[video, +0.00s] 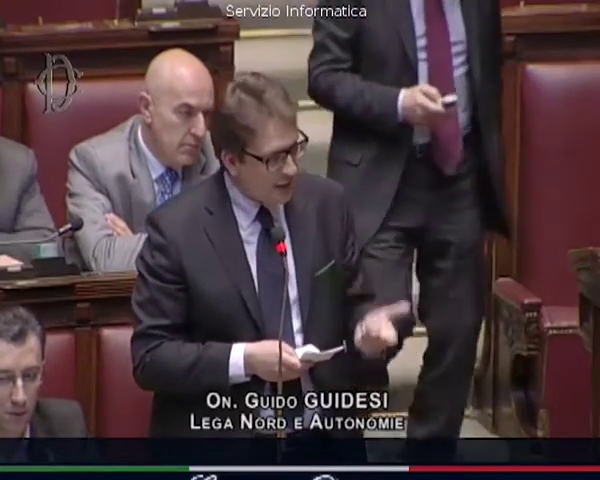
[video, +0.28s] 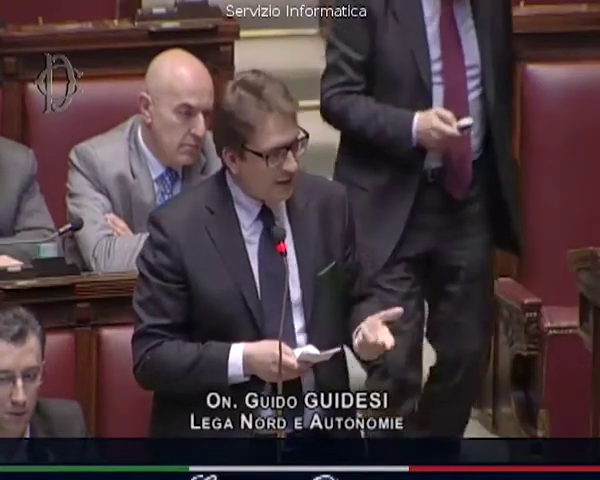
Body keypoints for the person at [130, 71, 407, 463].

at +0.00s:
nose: (291, 168)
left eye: (295, 150)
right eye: (274, 159)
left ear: (301, 136)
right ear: (231, 160)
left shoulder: (328, 201)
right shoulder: (174, 227)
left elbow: (357, 305)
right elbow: (150, 358)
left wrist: (372, 332)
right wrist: (244, 359)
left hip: (323, 437)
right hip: (218, 444)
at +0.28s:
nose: (292, 165)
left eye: (296, 146)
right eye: (275, 155)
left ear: (303, 135)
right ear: (232, 157)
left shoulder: (331, 202)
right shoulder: (176, 226)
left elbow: (363, 295)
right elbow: (151, 358)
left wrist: (369, 330)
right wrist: (241, 361)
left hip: (321, 433)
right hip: (217, 443)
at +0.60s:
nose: (280, 159)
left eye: (290, 142)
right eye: (264, 145)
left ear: (301, 136)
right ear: (230, 146)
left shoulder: (331, 204)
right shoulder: (179, 224)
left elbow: (358, 301)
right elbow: (153, 357)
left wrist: (351, 340)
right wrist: (247, 360)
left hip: (322, 441)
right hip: (220, 447)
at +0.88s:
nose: (273, 152)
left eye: (286, 137)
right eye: (258, 137)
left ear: (300, 136)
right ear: (230, 138)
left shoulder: (335, 206)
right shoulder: (180, 222)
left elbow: (365, 307)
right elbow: (153, 353)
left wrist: (353, 344)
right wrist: (245, 357)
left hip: (322, 435)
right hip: (219, 441)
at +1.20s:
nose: (268, 150)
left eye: (283, 135)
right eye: (254, 132)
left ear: (301, 138)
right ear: (233, 133)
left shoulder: (339, 208)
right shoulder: (182, 220)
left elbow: (370, 310)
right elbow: (152, 349)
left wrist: (351, 349)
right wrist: (242, 357)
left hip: (321, 437)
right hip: (215, 440)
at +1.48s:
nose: (269, 151)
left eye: (284, 136)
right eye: (255, 132)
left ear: (303, 139)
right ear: (234, 133)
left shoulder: (343, 208)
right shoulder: (185, 219)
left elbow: (373, 313)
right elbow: (155, 349)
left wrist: (351, 352)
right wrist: (244, 357)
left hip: (324, 439)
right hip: (218, 441)